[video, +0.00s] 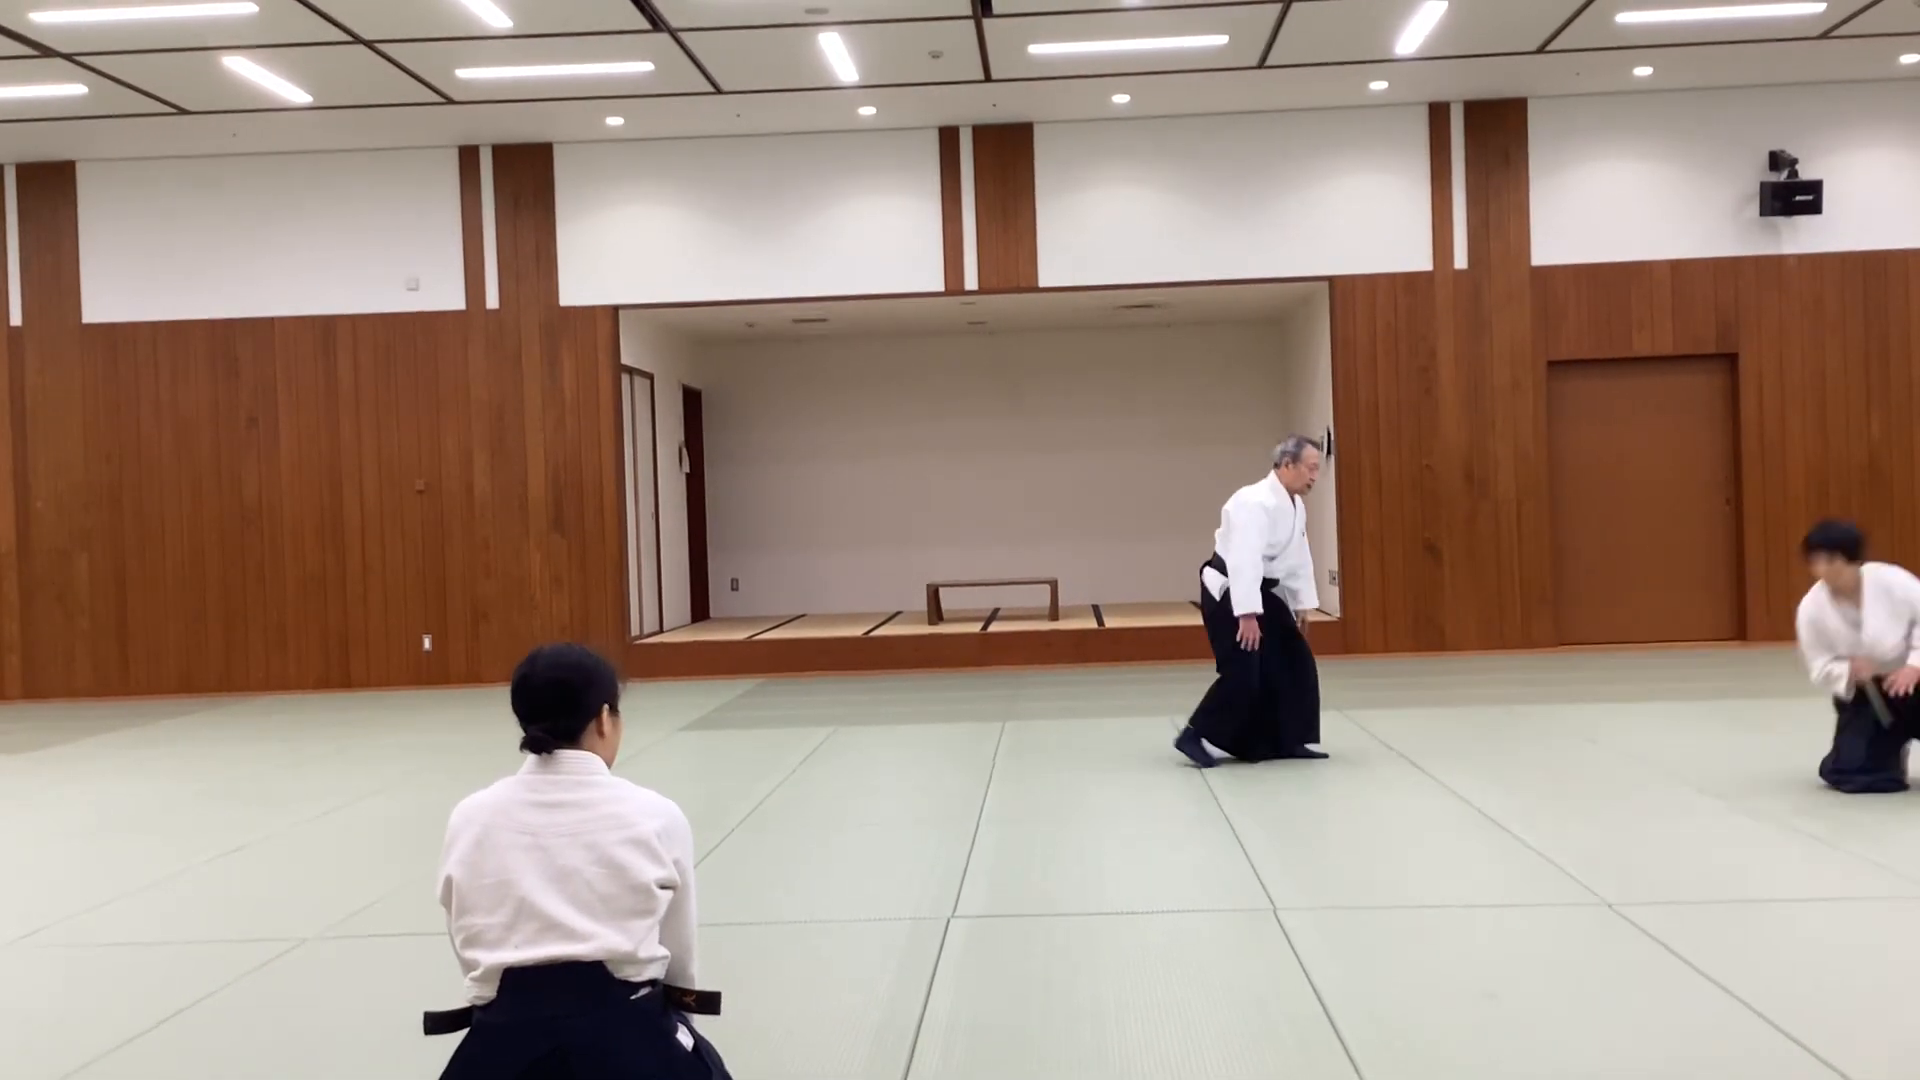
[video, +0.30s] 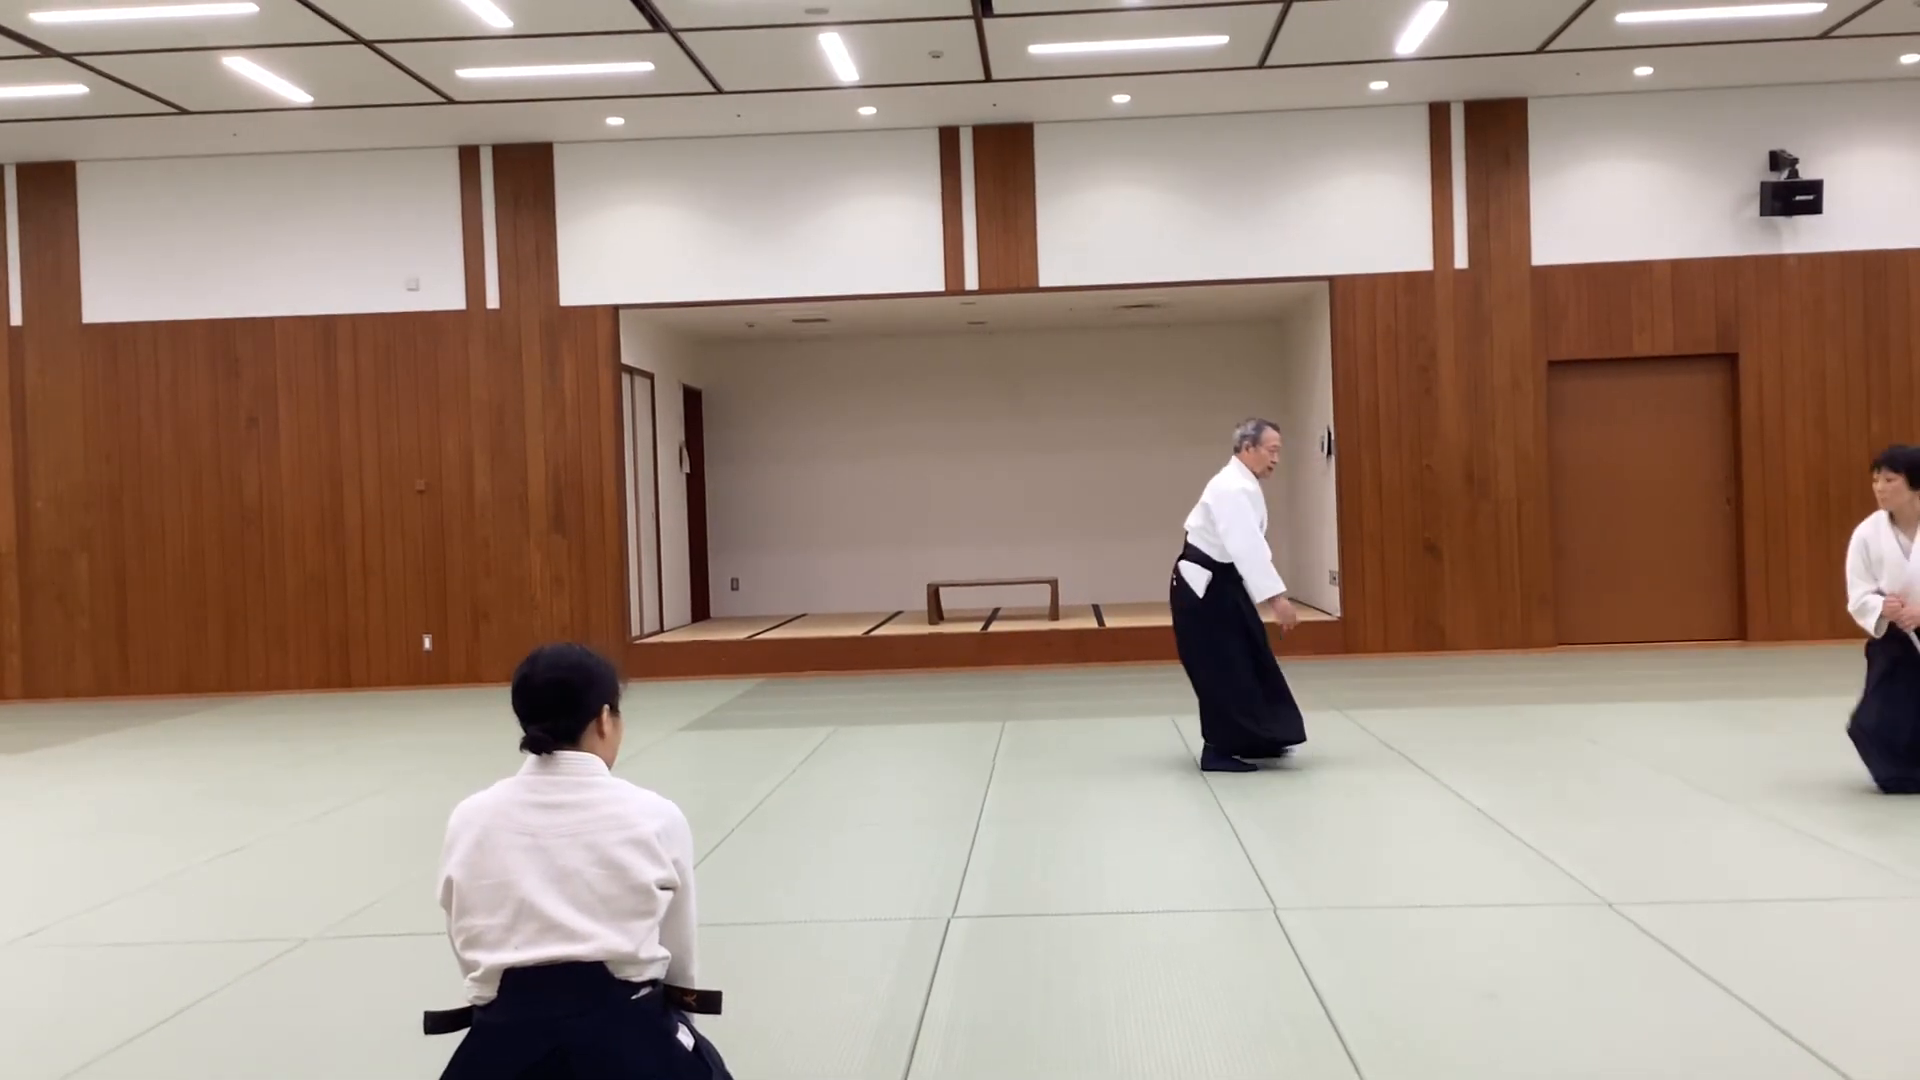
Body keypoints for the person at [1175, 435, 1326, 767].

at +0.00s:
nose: (1315, 476)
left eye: (1317, 469)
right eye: (1310, 467)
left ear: (1292, 468)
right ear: (1287, 465)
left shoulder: (1295, 505)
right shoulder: (1250, 501)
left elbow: (1297, 558)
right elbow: (1243, 559)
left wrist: (1301, 606)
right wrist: (1247, 611)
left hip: (1262, 589)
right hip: (1225, 588)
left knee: (1296, 659)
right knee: (1243, 666)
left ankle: (1289, 741)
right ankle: (1194, 736)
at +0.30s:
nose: (1276, 458)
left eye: (1278, 451)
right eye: (1271, 450)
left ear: (1250, 450)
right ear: (1247, 448)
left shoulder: (1243, 484)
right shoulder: (1231, 487)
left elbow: (1250, 546)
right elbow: (1247, 547)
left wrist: (1272, 595)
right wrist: (1277, 598)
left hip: (1220, 580)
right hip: (1202, 582)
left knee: (1244, 657)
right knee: (1222, 664)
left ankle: (1252, 738)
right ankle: (1217, 751)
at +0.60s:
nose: (1225, 456)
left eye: (1226, 449)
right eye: (1219, 448)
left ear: (1197, 451)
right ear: (1194, 449)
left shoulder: (1183, 482)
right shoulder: (1191, 489)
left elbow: (1198, 543)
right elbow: (1213, 546)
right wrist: (1255, 588)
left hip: (1158, 584)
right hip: (1174, 590)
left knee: (1144, 666)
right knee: (1212, 667)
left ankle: (1109, 743)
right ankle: (1216, 753)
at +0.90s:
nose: (1191, 454)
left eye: (1192, 447)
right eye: (1185, 446)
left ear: (1163, 448)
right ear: (1161, 446)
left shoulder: (1148, 481)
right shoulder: (1164, 488)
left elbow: (1147, 543)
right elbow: (1172, 550)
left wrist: (1176, 590)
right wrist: (1188, 596)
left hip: (1129, 587)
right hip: (1149, 590)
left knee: (1133, 667)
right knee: (1190, 664)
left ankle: (1107, 746)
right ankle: (1212, 751)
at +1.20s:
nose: (1210, 455)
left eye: (1212, 448)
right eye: (1205, 447)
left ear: (1180, 450)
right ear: (1179, 447)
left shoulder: (1160, 483)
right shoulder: (1183, 491)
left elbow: (1156, 545)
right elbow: (1191, 555)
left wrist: (1191, 596)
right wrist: (1205, 601)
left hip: (1136, 584)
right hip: (1160, 591)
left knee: (1130, 666)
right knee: (1181, 670)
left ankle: (1111, 746)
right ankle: (1171, 754)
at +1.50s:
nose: (1248, 449)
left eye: (1251, 444)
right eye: (1241, 441)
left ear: (1250, 449)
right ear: (1217, 441)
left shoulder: (1233, 480)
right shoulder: (1210, 470)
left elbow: (1248, 528)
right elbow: (1258, 477)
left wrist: (1278, 551)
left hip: (1215, 583)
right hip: (1186, 580)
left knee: (1244, 663)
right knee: (1185, 666)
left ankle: (1225, 738)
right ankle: (1171, 755)